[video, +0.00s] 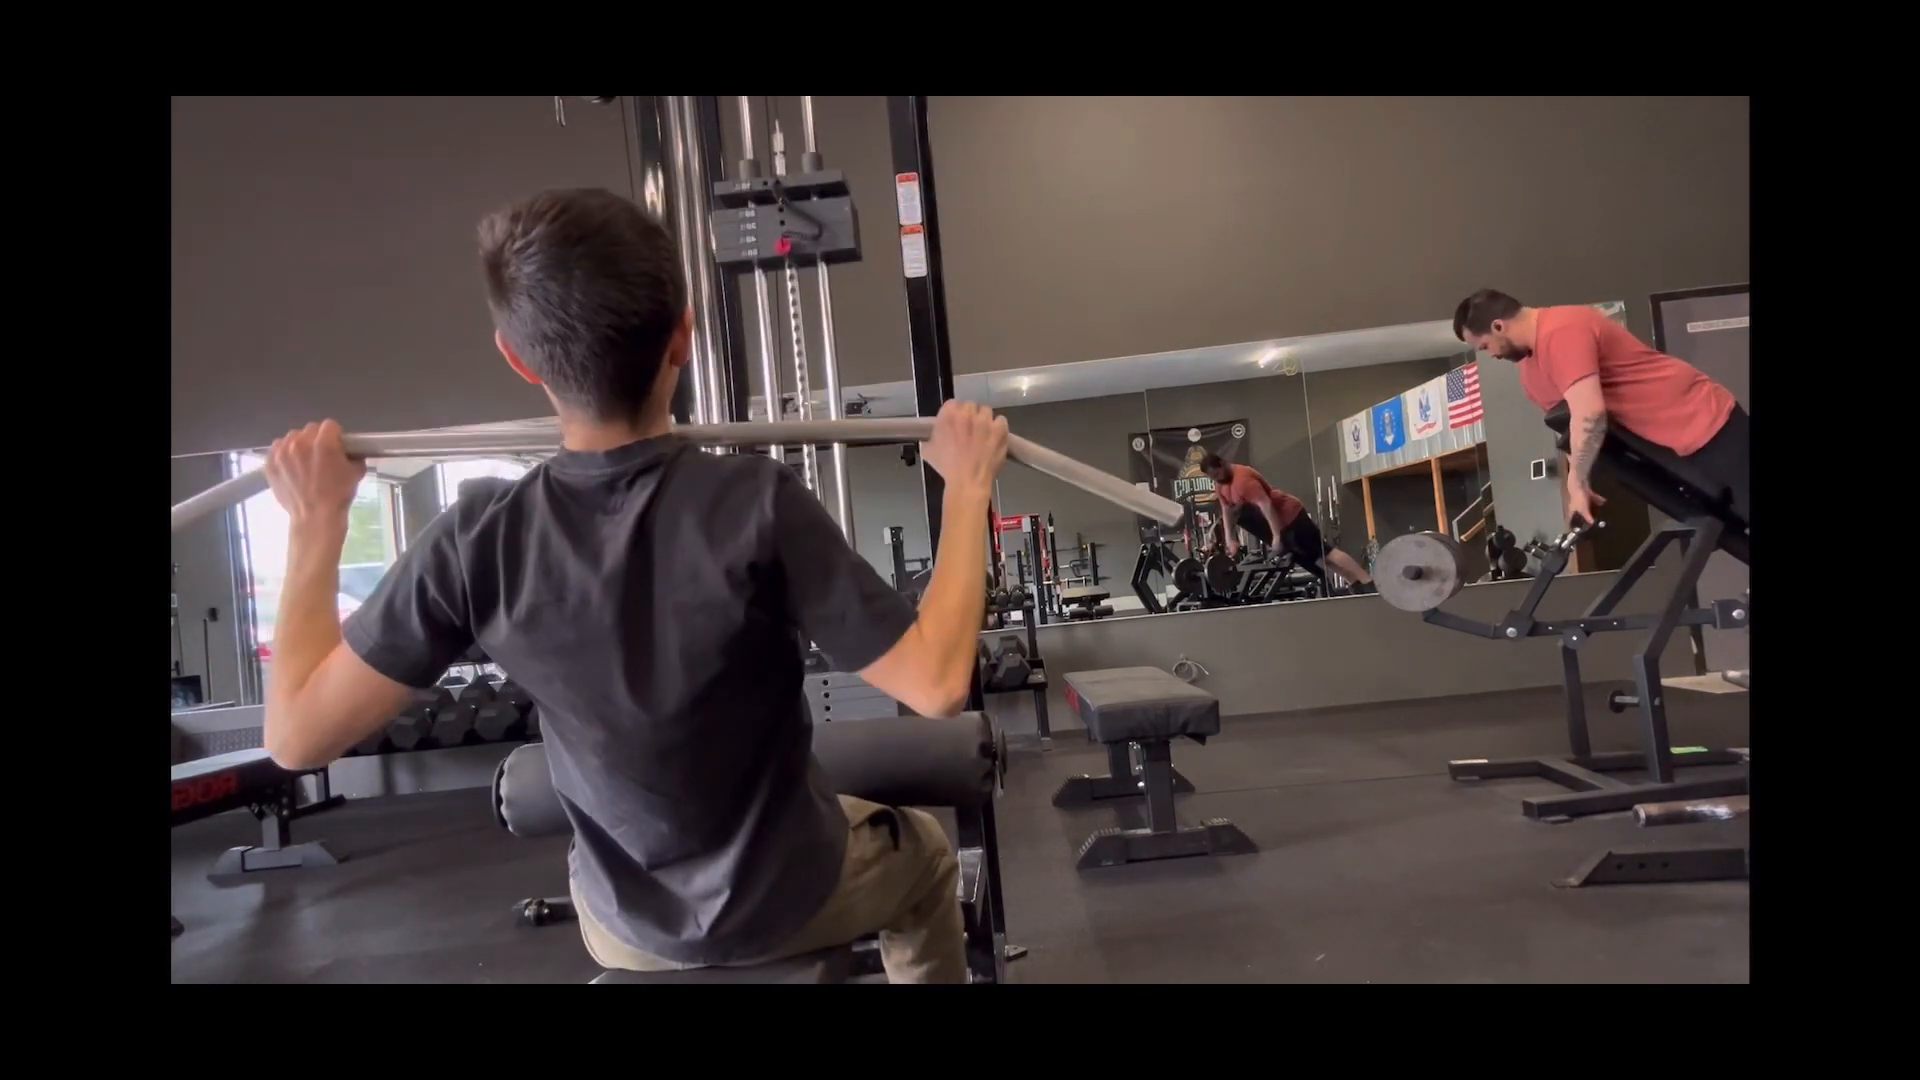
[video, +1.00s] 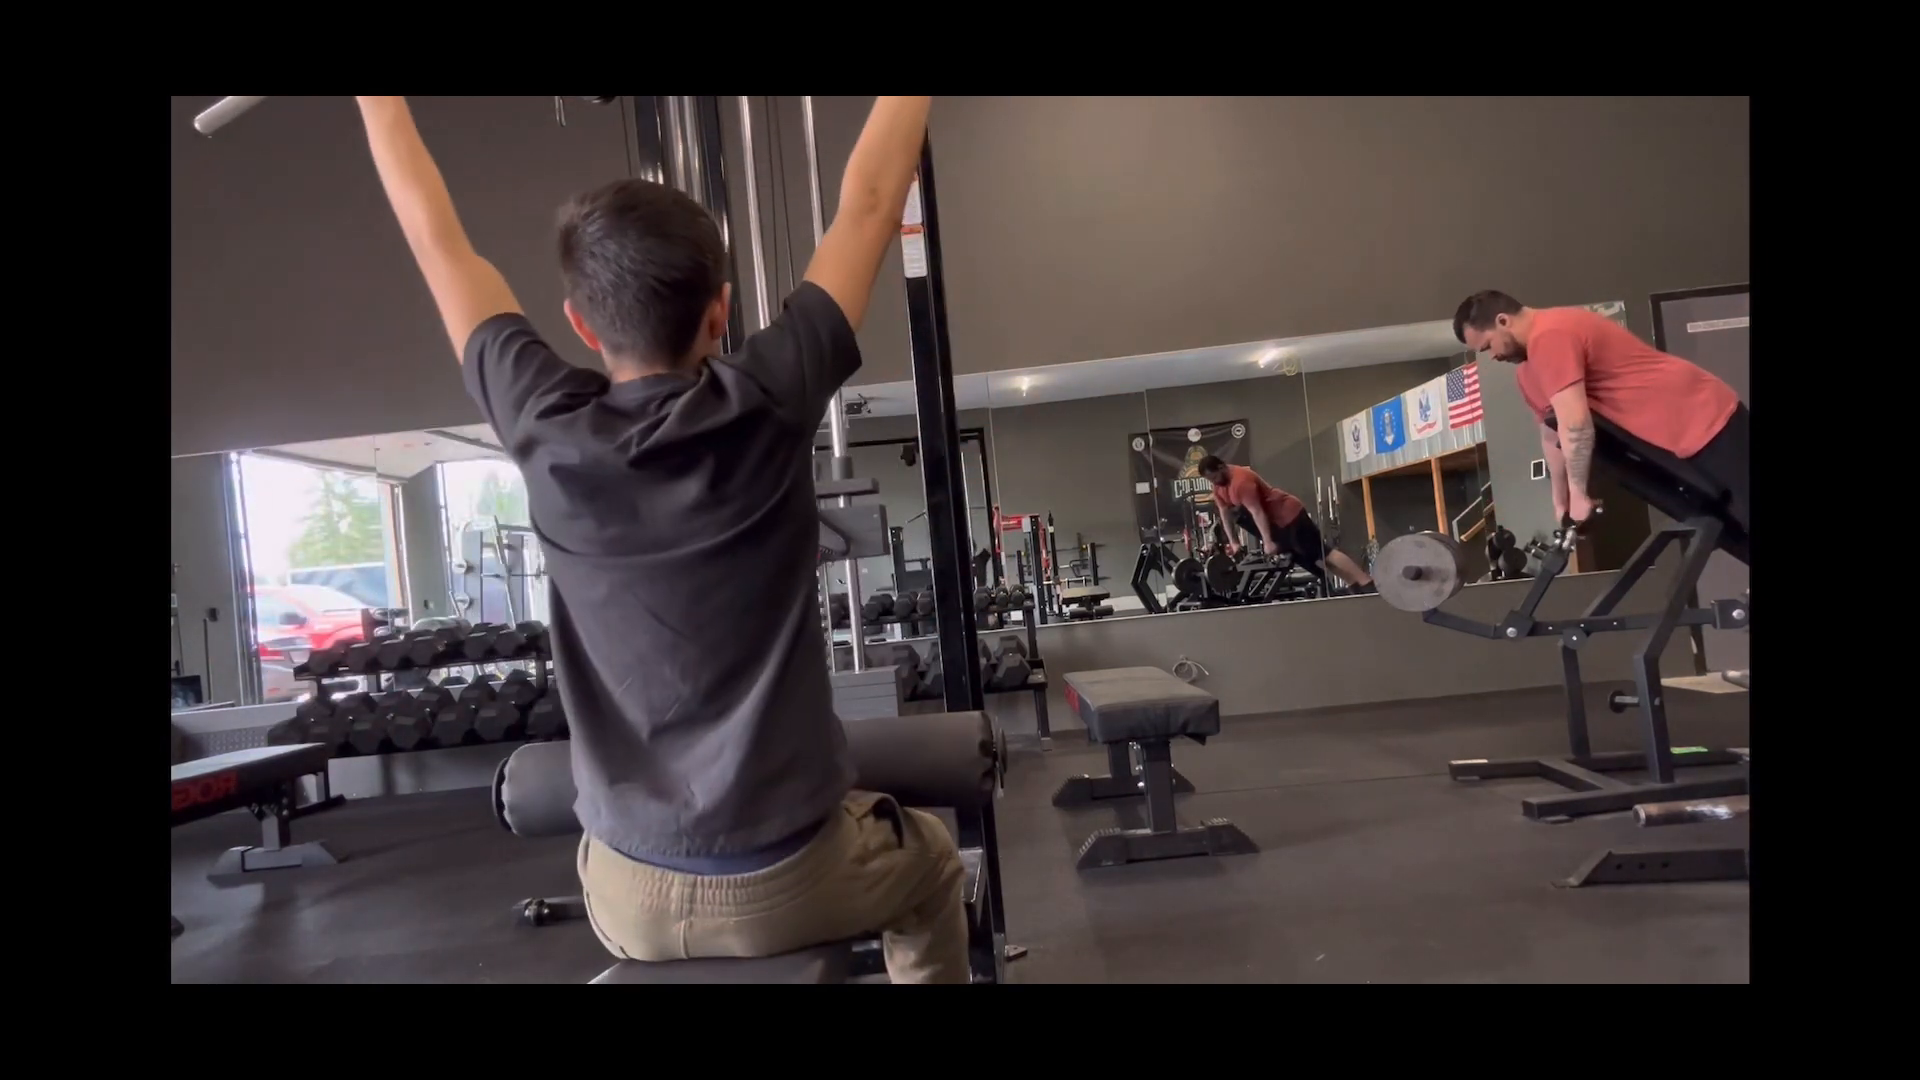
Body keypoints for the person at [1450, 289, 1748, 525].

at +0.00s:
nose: (1490, 356)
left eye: (1484, 346)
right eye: (1483, 350)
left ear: (1499, 326)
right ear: (1499, 329)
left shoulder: (1561, 329)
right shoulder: (1530, 373)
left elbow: (1591, 418)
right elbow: (1568, 431)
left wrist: (1578, 480)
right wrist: (1574, 486)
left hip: (1706, 423)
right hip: (1667, 453)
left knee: (1746, 515)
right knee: (1730, 534)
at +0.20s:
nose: (1484, 364)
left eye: (1478, 354)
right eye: (1476, 359)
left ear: (1493, 334)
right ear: (1494, 335)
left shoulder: (1550, 336)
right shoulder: (1528, 365)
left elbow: (1584, 422)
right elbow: (1565, 434)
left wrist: (1587, 494)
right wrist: (1581, 493)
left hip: (1704, 420)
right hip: (1676, 440)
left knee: (1744, 513)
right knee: (1729, 525)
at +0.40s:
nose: (1483, 365)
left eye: (1477, 356)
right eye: (1476, 360)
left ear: (1493, 335)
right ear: (1493, 337)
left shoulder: (1550, 335)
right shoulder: (1527, 367)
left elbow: (1583, 422)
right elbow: (1566, 431)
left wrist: (1587, 494)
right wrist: (1583, 492)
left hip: (1701, 416)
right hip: (1672, 439)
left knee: (1745, 510)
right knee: (1730, 522)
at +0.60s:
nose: (1487, 363)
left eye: (1480, 354)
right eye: (1479, 358)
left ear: (1496, 332)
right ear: (1497, 334)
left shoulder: (1548, 338)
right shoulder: (1530, 366)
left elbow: (1580, 427)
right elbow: (1562, 438)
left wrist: (1587, 498)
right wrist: (1572, 506)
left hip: (1708, 422)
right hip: (1680, 442)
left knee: (1744, 523)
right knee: (1731, 530)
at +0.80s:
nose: (1487, 362)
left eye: (1481, 353)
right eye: (1479, 357)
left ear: (1497, 329)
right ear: (1497, 333)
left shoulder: (1547, 338)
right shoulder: (1527, 373)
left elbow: (1576, 425)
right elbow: (1556, 442)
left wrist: (1583, 494)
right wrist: (1570, 505)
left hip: (1708, 420)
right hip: (1680, 443)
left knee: (1745, 519)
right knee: (1733, 529)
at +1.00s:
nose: (1492, 356)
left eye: (1487, 346)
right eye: (1483, 351)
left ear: (1503, 320)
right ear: (1502, 323)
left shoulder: (1549, 336)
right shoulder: (1526, 371)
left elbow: (1578, 427)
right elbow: (1553, 436)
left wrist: (1578, 494)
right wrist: (1561, 500)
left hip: (1706, 420)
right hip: (1677, 444)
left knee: (1744, 521)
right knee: (1730, 531)